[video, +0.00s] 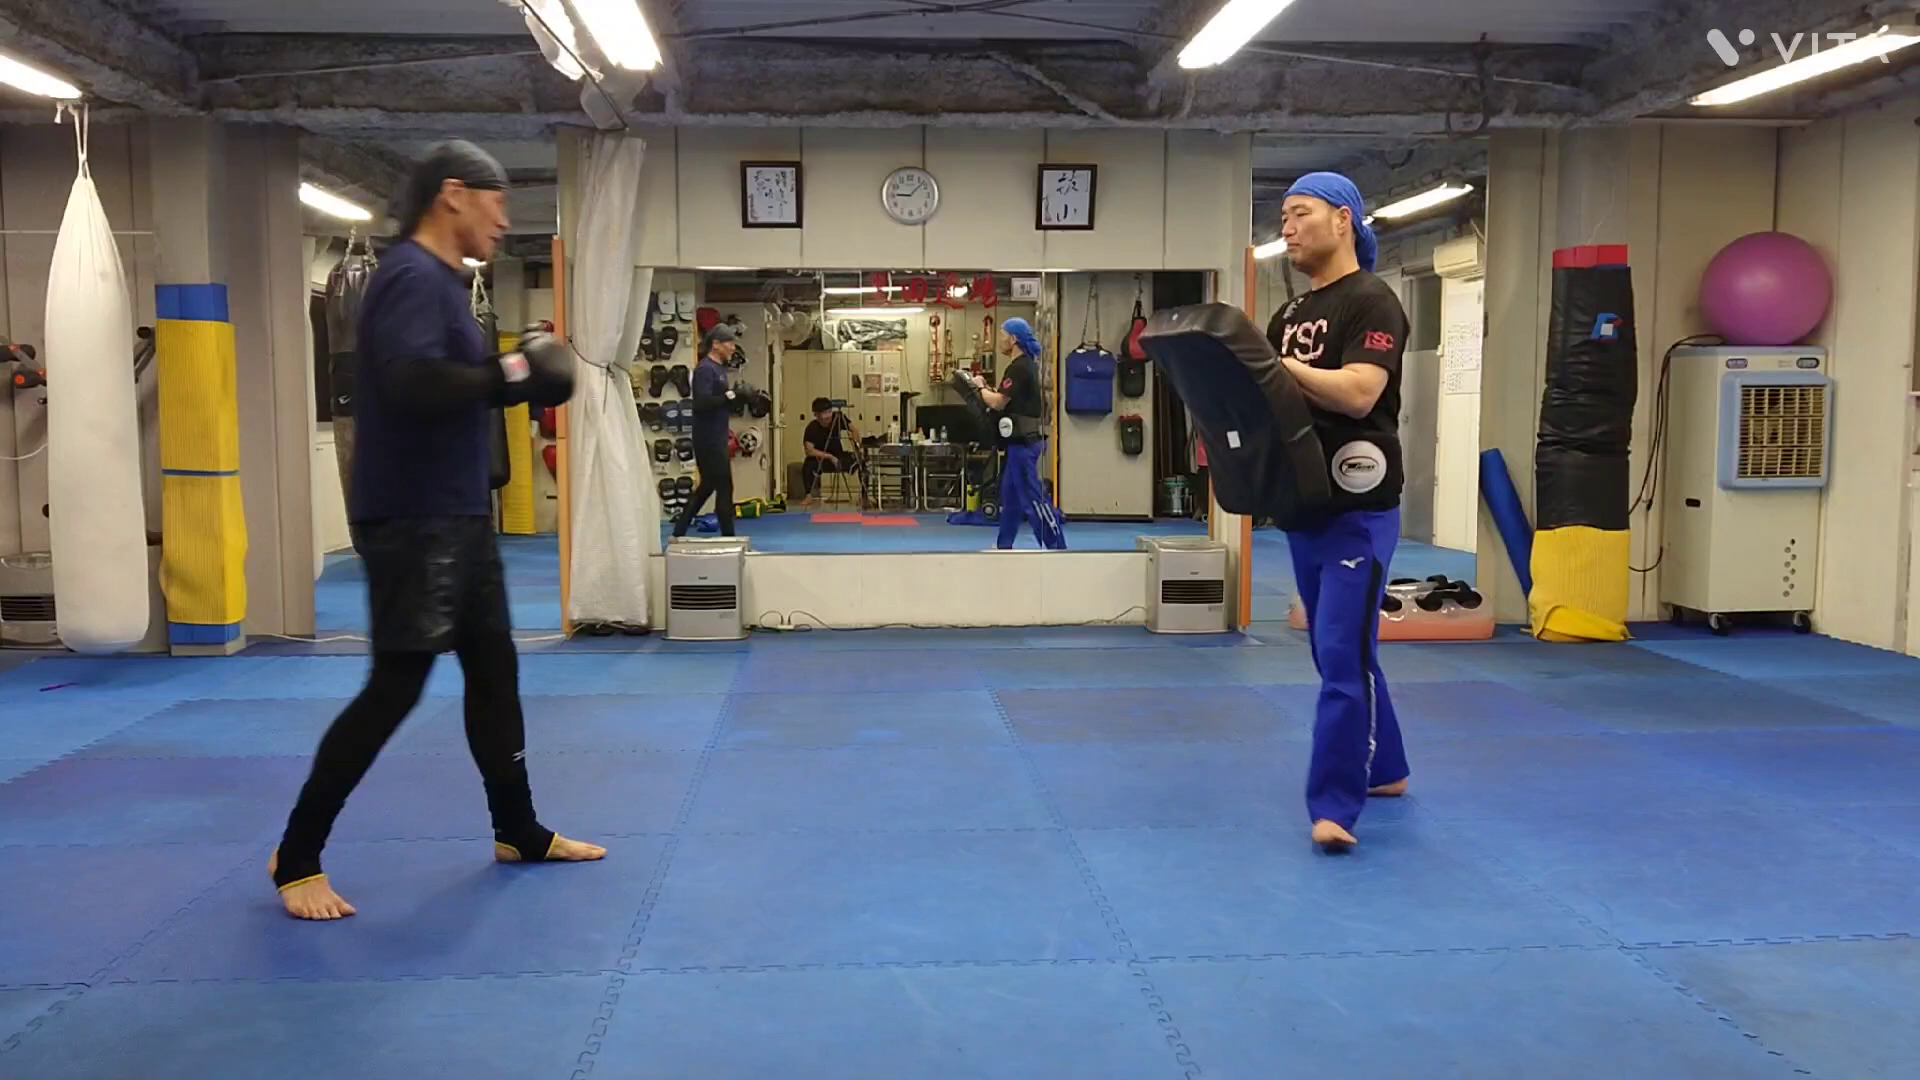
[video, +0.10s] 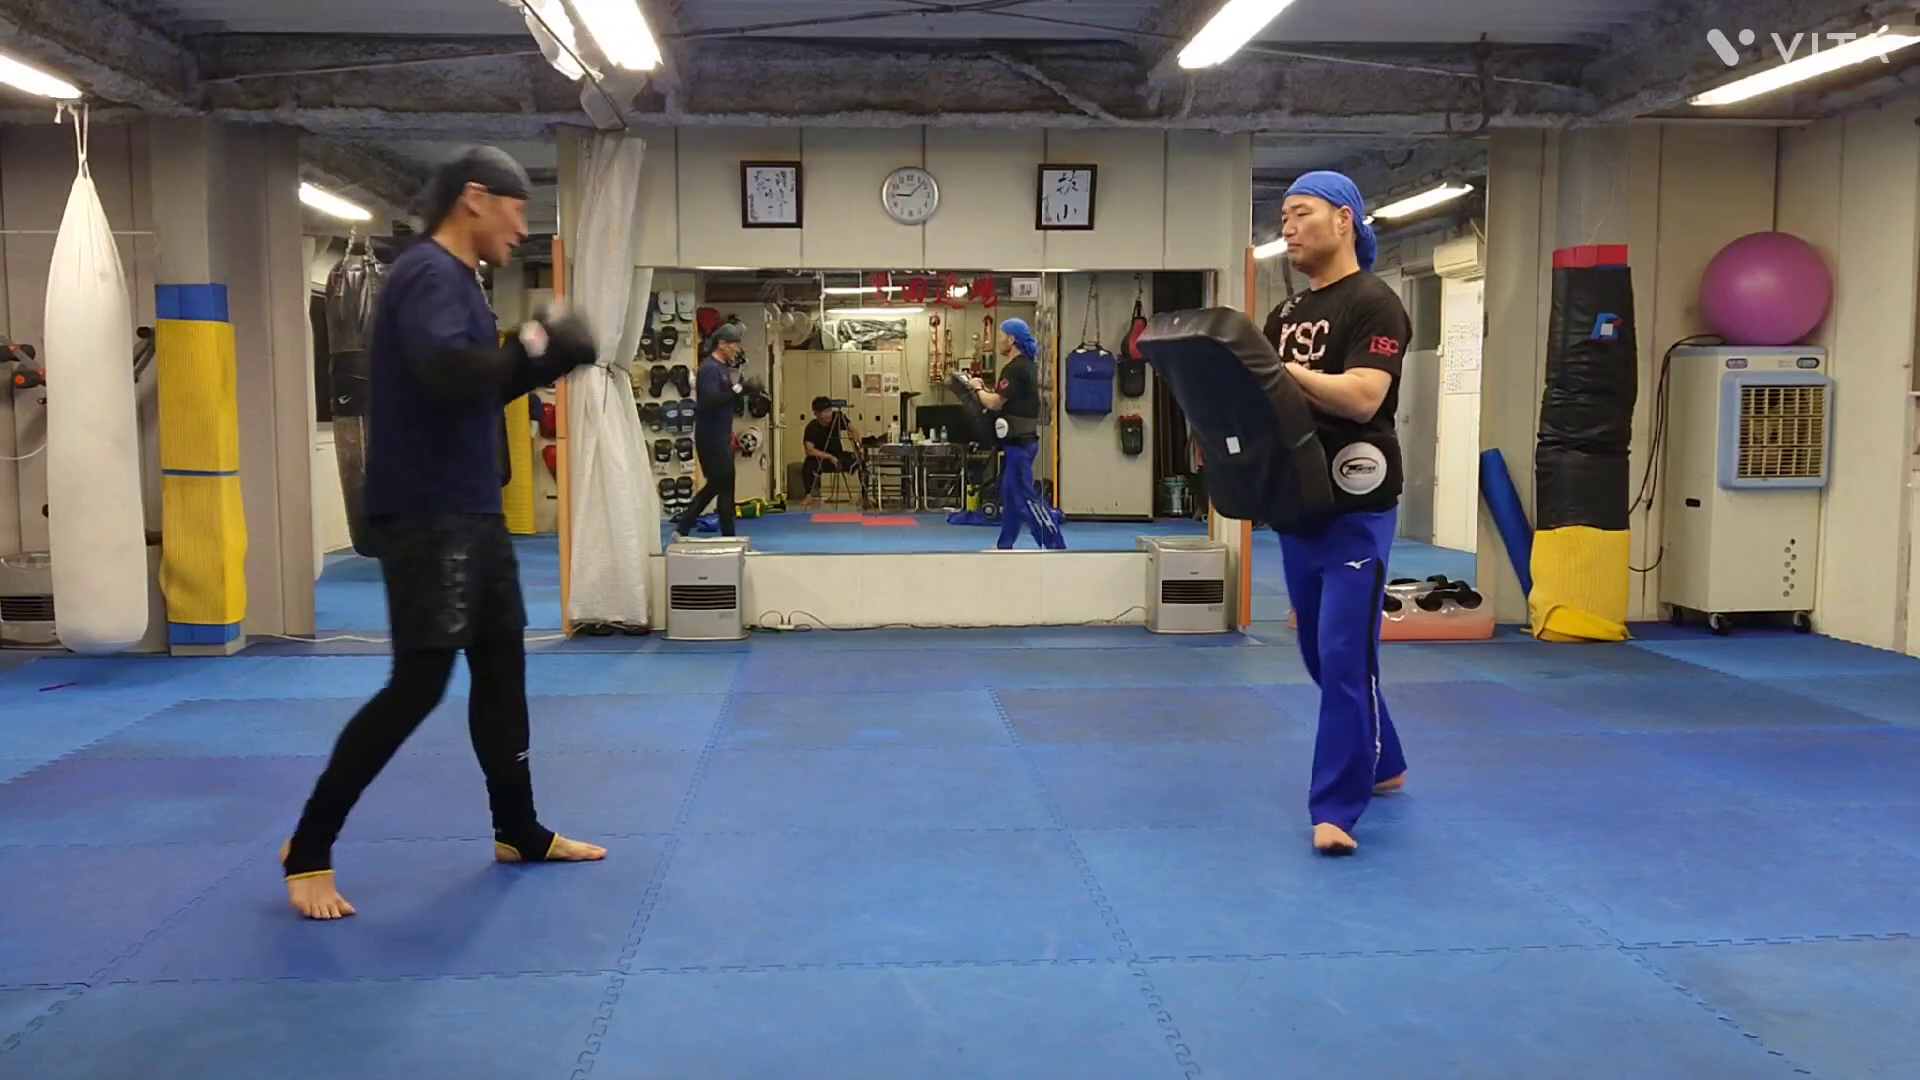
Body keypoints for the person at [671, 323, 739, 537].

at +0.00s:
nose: (734, 348)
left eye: (734, 344)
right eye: (730, 344)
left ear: (719, 346)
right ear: (716, 344)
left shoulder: (718, 369)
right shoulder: (705, 369)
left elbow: (720, 401)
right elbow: (702, 403)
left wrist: (738, 395)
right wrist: (730, 396)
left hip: (715, 436)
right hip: (709, 437)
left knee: (708, 484)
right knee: (723, 486)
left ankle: (678, 532)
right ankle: (729, 538)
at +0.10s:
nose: (738, 349)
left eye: (738, 345)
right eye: (735, 344)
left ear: (724, 345)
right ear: (722, 345)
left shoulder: (721, 368)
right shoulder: (710, 368)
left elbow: (724, 400)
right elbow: (709, 401)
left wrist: (743, 390)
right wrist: (737, 389)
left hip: (720, 435)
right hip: (710, 436)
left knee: (723, 483)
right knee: (720, 482)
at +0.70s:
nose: (751, 356)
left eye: (751, 351)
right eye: (749, 350)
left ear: (736, 348)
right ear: (737, 348)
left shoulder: (716, 368)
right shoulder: (727, 371)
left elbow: (726, 401)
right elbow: (727, 402)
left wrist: (749, 392)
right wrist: (750, 394)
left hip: (712, 437)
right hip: (725, 438)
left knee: (722, 487)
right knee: (753, 481)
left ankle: (703, 537)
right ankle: (746, 539)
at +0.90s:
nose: (755, 353)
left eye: (756, 349)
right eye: (754, 348)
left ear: (738, 347)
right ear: (741, 346)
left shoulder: (719, 365)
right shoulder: (738, 367)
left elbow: (734, 391)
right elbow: (756, 393)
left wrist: (758, 375)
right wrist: (776, 380)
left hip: (715, 435)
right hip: (735, 436)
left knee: (719, 484)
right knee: (761, 480)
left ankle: (703, 535)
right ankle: (749, 539)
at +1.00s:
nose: (758, 354)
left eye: (758, 349)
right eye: (756, 349)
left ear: (732, 348)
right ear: (748, 348)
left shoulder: (720, 373)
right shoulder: (744, 369)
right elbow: (764, 392)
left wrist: (766, 384)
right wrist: (789, 389)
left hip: (719, 437)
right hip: (742, 437)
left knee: (720, 485)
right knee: (773, 478)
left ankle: (703, 535)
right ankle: (761, 537)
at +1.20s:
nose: (781, 357)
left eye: (781, 353)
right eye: (778, 352)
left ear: (766, 352)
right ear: (766, 351)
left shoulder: (761, 372)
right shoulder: (761, 374)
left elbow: (781, 394)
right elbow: (759, 406)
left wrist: (794, 376)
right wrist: (772, 432)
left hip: (750, 443)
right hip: (761, 443)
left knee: (734, 490)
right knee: (795, 480)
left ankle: (702, 535)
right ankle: (817, 541)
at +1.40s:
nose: (784, 356)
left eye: (784, 352)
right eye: (780, 353)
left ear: (783, 353)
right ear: (771, 354)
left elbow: (820, 382)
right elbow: (749, 411)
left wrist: (851, 384)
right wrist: (769, 397)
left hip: (808, 428)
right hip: (789, 433)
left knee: (805, 473)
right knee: (813, 476)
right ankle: (816, 538)